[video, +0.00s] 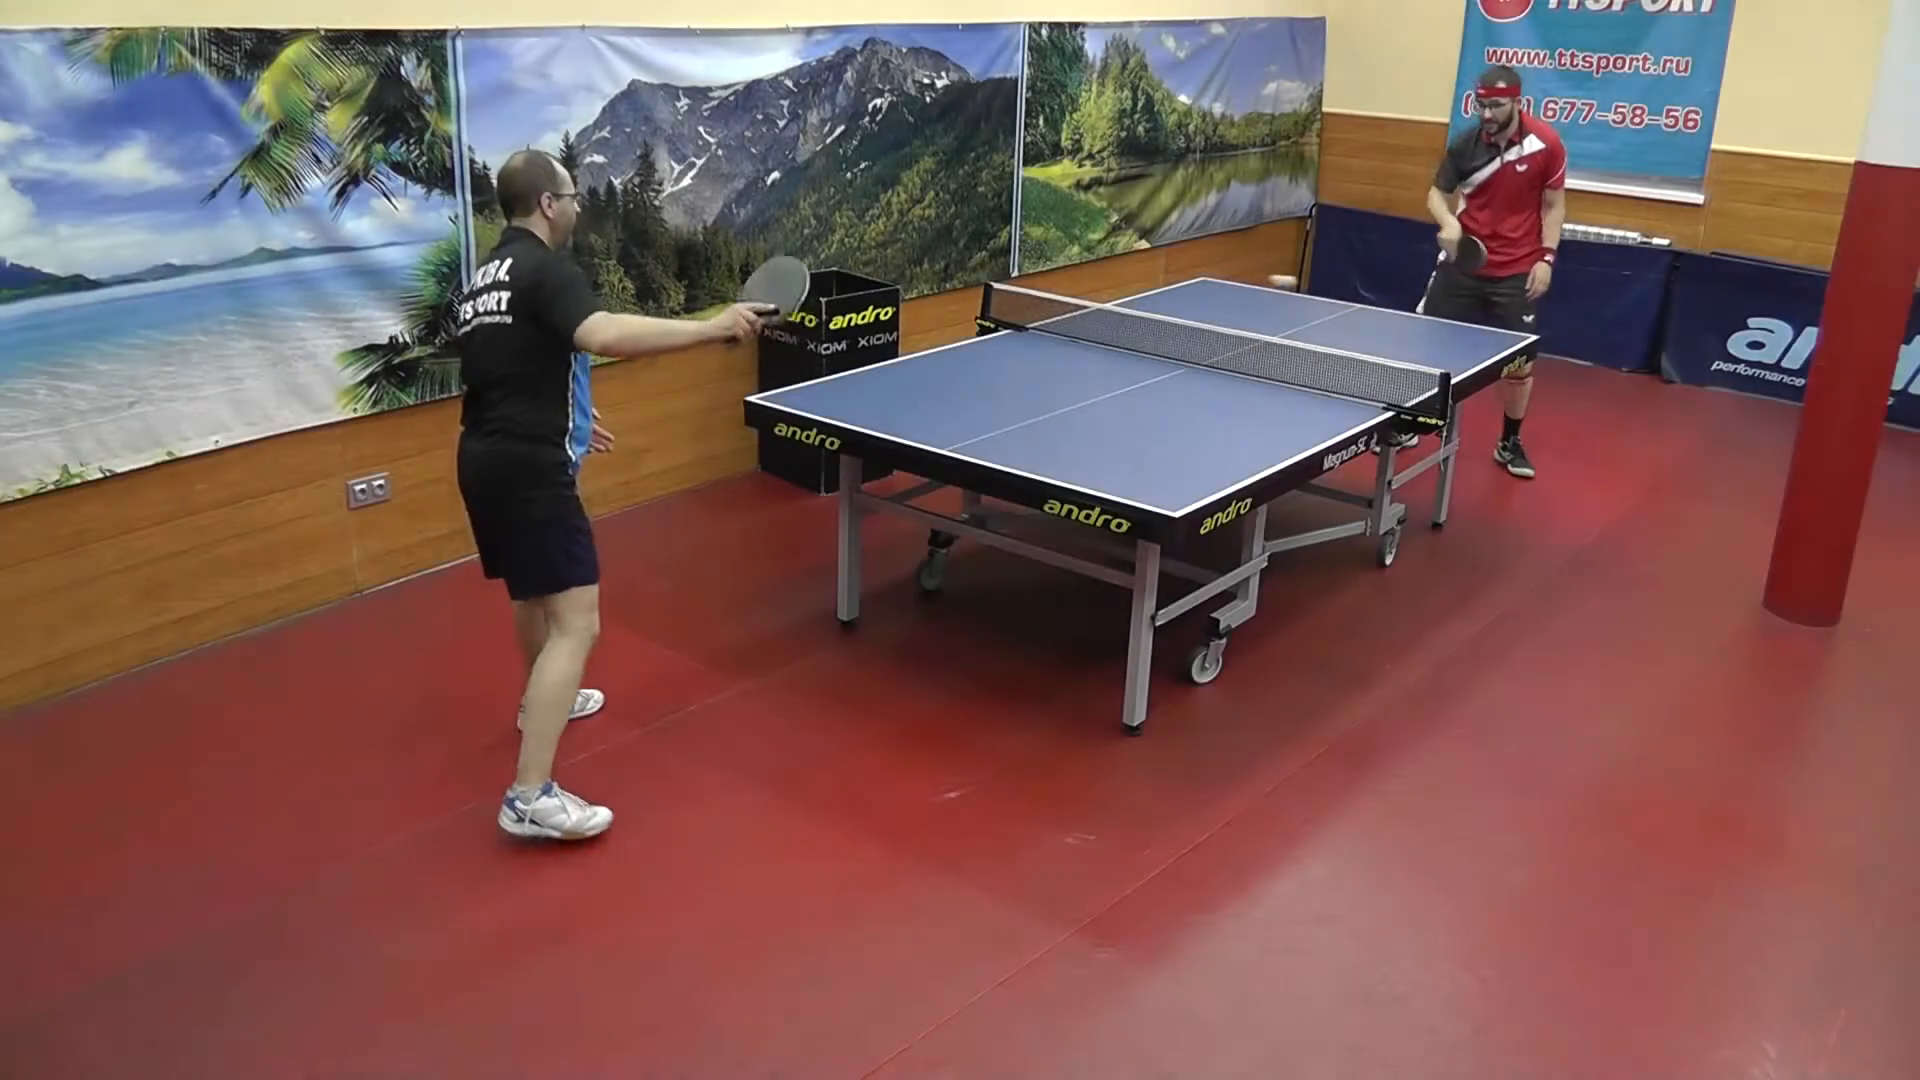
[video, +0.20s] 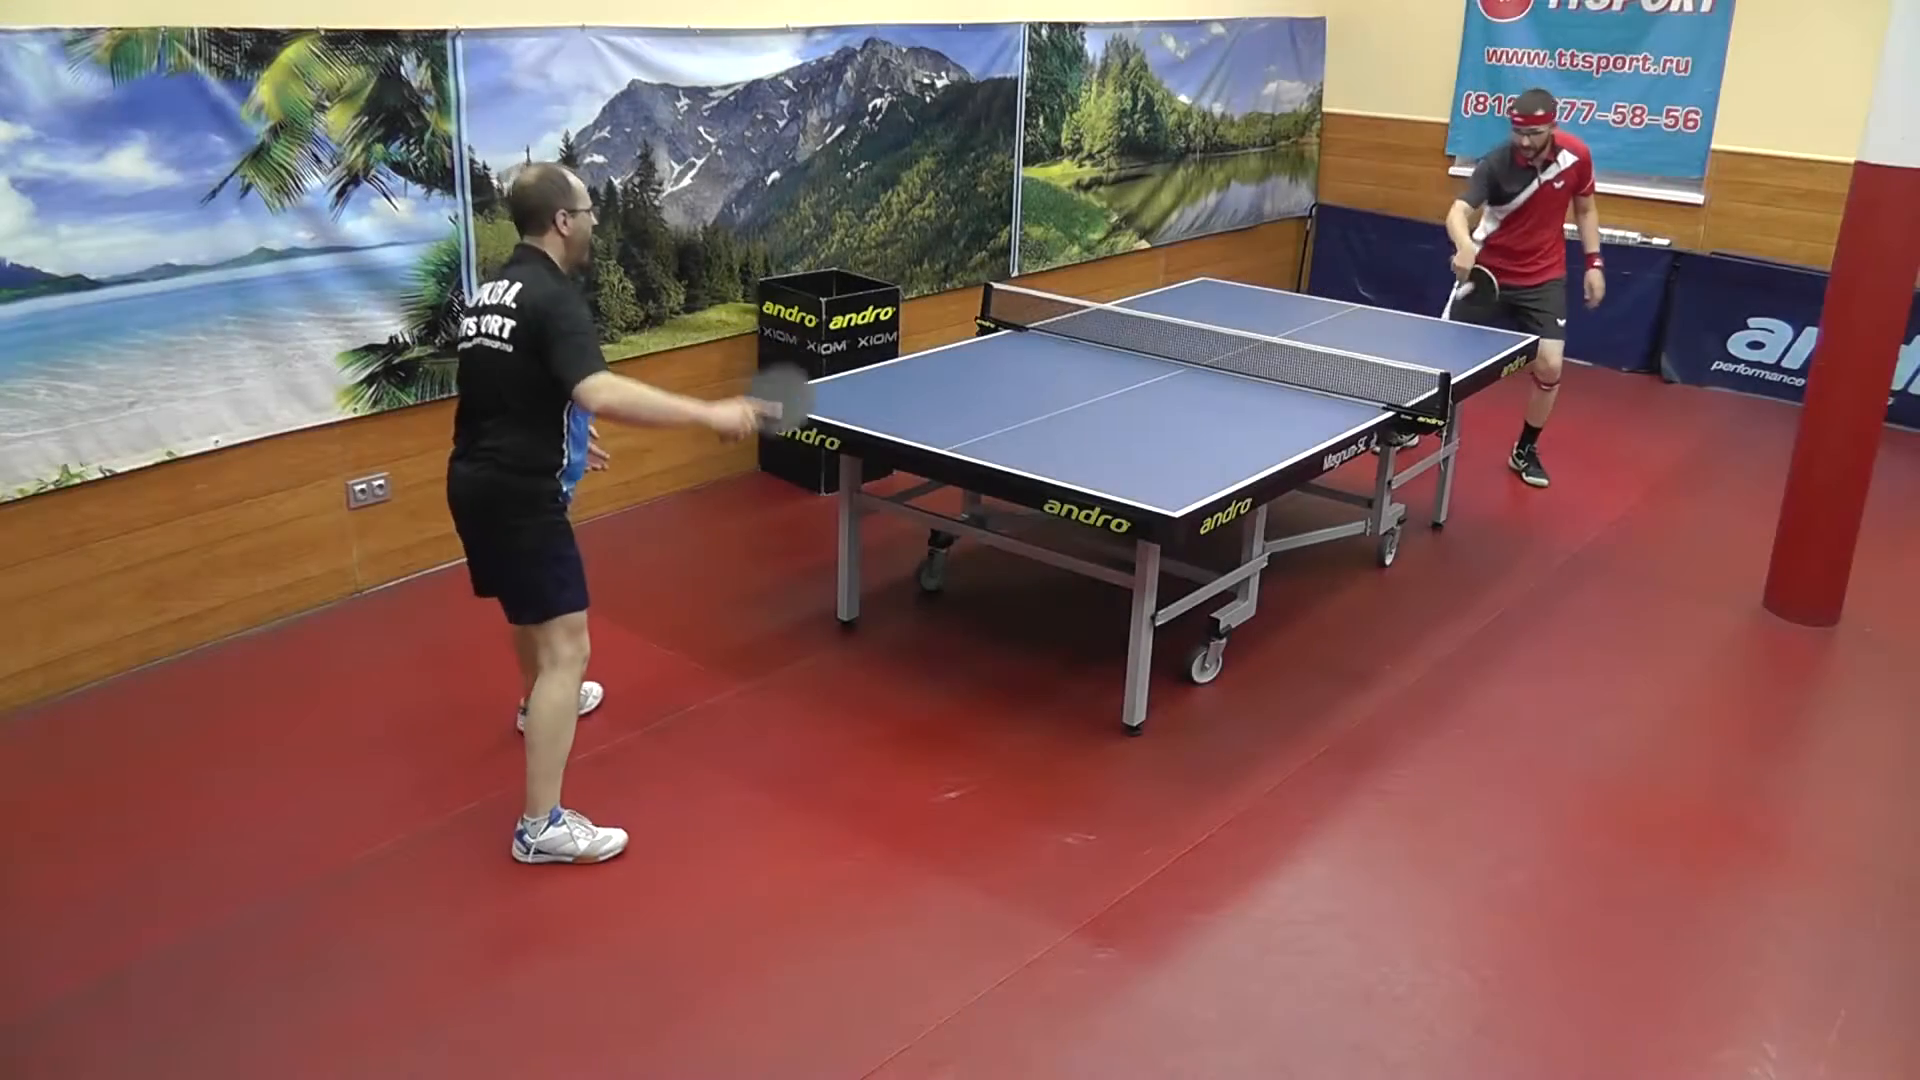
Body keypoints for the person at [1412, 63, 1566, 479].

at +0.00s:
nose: (1488, 114)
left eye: (1497, 105)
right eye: (1482, 105)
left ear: (1518, 102)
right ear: (1476, 102)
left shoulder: (1547, 146)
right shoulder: (1466, 144)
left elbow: (1554, 205)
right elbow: (1436, 193)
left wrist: (1547, 258)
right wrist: (1448, 223)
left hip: (1515, 274)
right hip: (1460, 268)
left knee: (1521, 362)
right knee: (1426, 343)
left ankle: (1510, 442)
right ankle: (1412, 416)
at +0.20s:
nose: (1525, 141)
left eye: (1534, 133)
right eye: (1518, 131)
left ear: (1553, 127)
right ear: (1511, 125)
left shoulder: (1575, 156)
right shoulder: (1496, 163)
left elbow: (1585, 210)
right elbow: (1457, 214)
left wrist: (1594, 263)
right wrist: (1465, 245)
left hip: (1544, 278)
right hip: (1487, 273)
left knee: (1550, 369)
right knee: (1447, 350)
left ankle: (1526, 450)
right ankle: (1419, 415)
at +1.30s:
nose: (1457, 108)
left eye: (1466, 100)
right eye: (1451, 100)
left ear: (1485, 99)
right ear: (1444, 100)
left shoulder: (1513, 145)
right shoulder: (1435, 145)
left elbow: (1527, 209)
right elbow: (1408, 190)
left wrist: (1508, 260)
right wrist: (1391, 203)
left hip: (1487, 275)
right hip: (1433, 268)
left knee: (1510, 364)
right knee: (1388, 339)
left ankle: (1523, 450)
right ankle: (1382, 422)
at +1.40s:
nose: (1443, 113)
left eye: (1452, 104)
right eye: (1436, 104)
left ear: (1469, 103)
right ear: (1428, 105)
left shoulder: (1498, 148)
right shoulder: (1420, 148)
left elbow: (1516, 211)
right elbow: (1393, 191)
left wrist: (1502, 261)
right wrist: (1380, 204)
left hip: (1481, 274)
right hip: (1425, 270)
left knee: (1508, 361)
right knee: (1378, 337)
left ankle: (1523, 450)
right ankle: (1378, 422)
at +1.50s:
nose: (1427, 121)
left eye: (1436, 112)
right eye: (1420, 112)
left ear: (1453, 110)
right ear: (1412, 113)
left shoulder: (1481, 152)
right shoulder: (1401, 154)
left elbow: (1502, 212)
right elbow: (1371, 203)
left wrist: (1499, 262)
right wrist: (1379, 221)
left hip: (1470, 276)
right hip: (1411, 274)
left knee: (1501, 360)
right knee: (1373, 344)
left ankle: (1522, 449)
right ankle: (1368, 426)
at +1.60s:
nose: (1418, 126)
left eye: (1427, 117)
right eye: (1411, 118)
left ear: (1443, 114)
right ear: (1403, 116)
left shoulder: (1469, 154)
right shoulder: (1391, 161)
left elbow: (1491, 210)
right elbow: (1368, 217)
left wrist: (1498, 259)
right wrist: (1392, 242)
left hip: (1460, 277)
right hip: (1400, 277)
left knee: (1497, 355)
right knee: (1369, 347)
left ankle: (1520, 449)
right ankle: (1358, 430)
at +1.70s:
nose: (1416, 126)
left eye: (1424, 117)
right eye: (1408, 118)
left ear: (1439, 114)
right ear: (1398, 118)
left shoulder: (1464, 151)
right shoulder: (1385, 164)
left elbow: (1487, 206)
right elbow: (1378, 221)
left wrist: (1505, 252)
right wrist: (1402, 235)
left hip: (1457, 279)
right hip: (1397, 279)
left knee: (1493, 355)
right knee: (1362, 346)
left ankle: (1519, 448)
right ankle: (1352, 429)